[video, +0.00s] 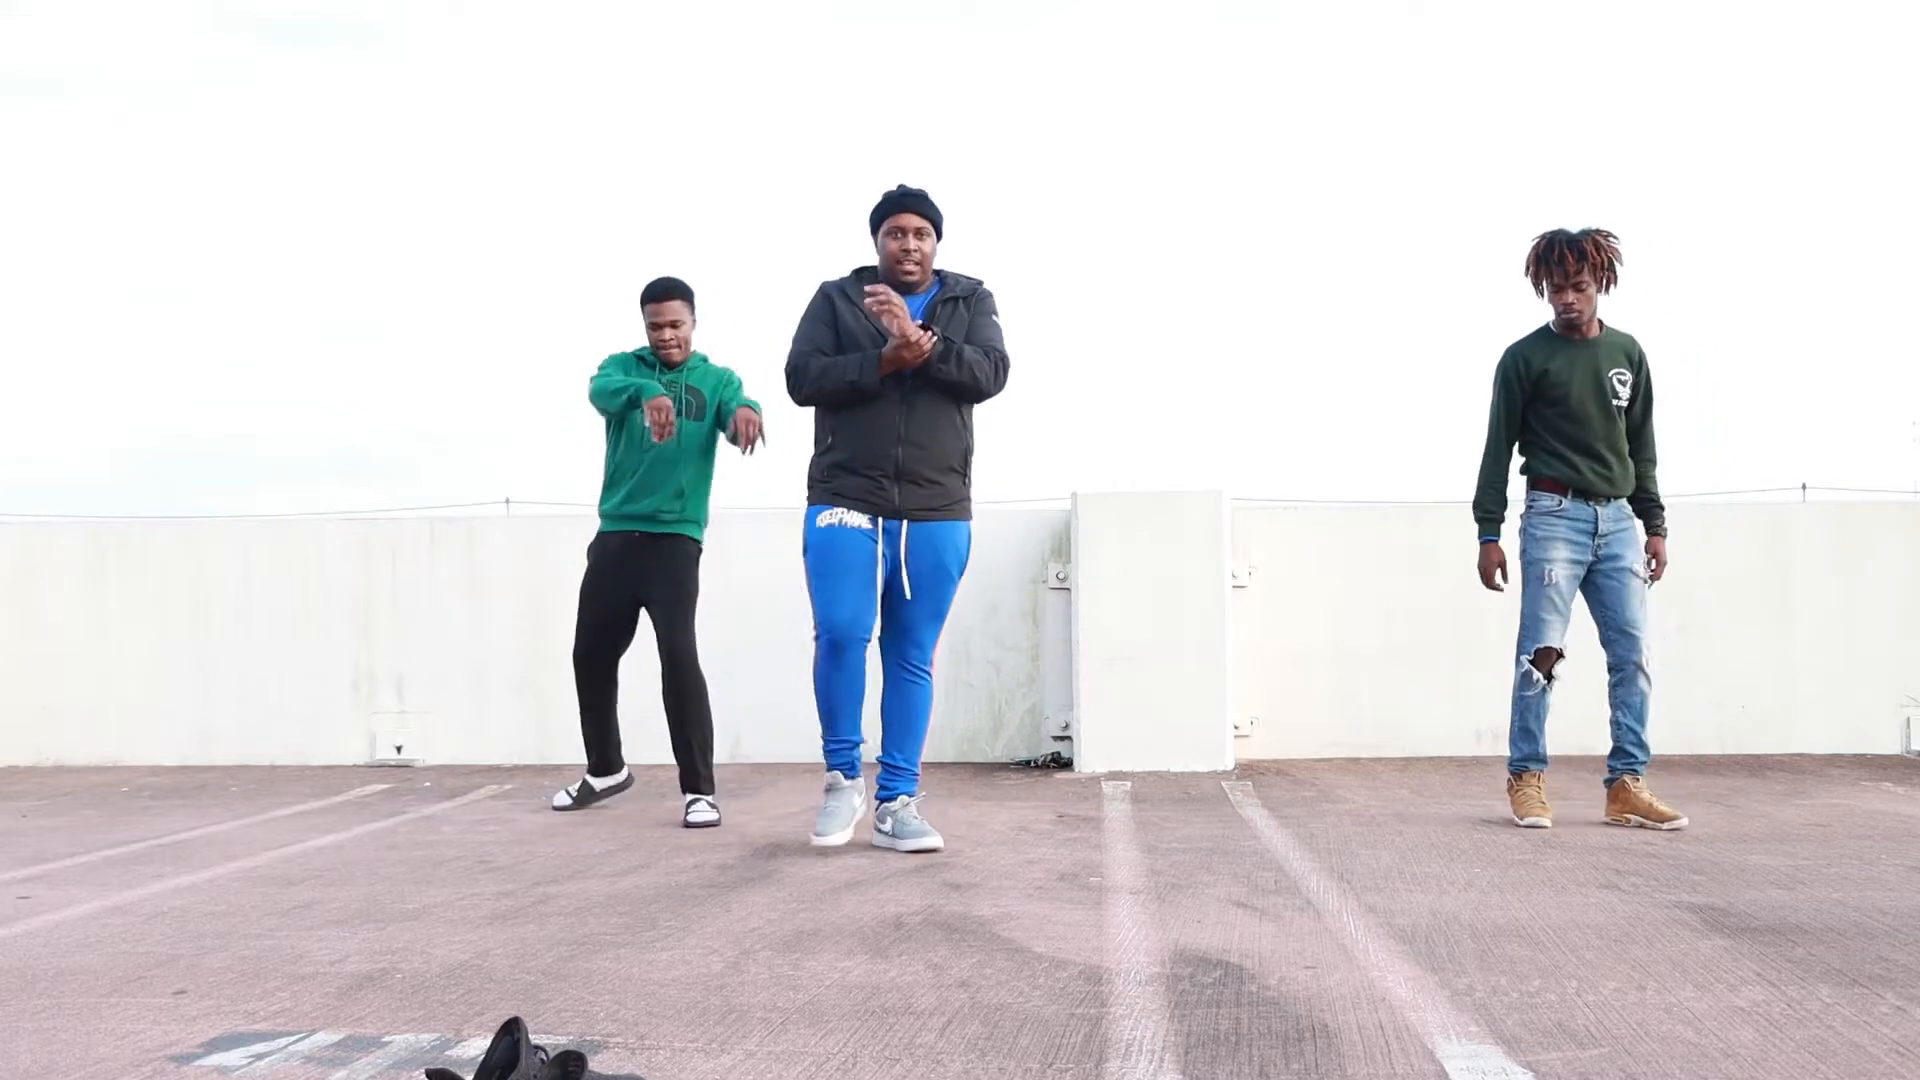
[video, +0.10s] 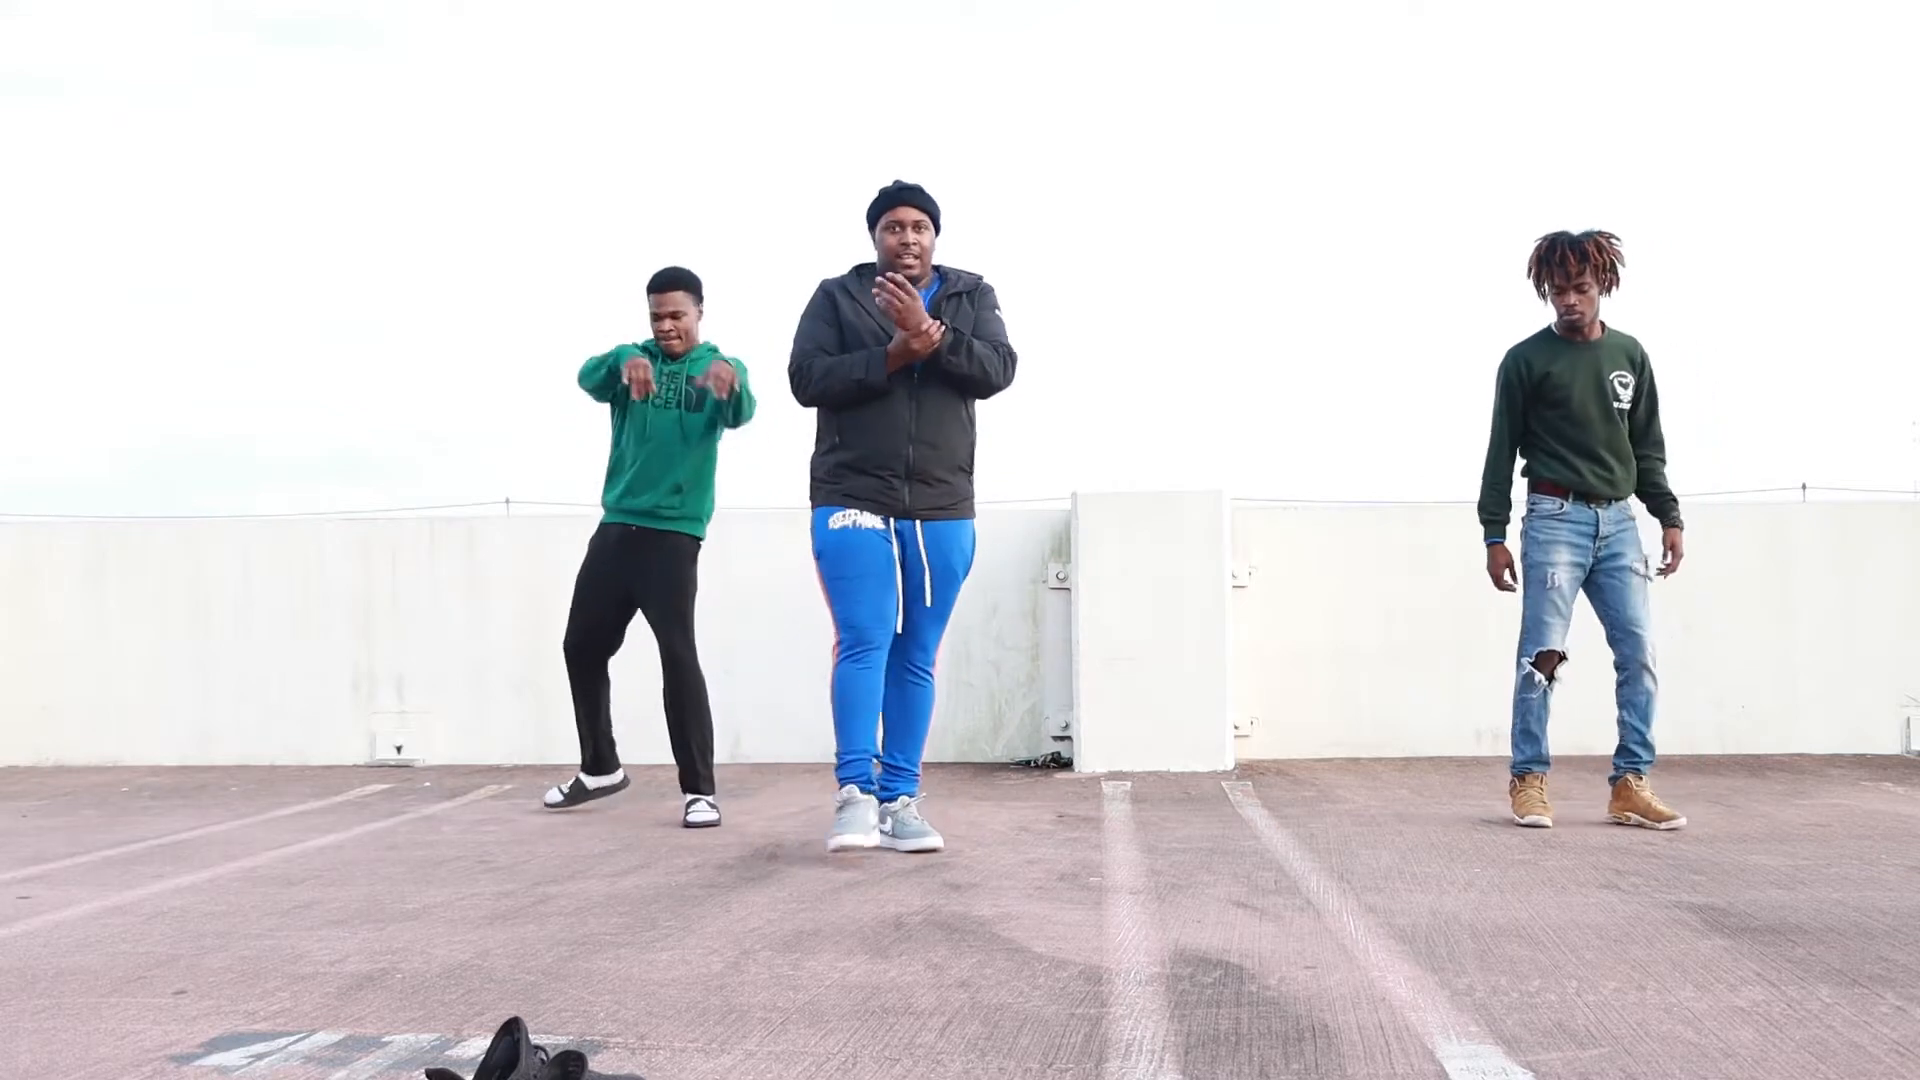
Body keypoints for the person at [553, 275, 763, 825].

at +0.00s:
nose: (667, 335)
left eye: (676, 324)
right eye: (657, 326)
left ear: (694, 323)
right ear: (645, 327)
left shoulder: (715, 377)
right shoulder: (623, 367)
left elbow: (731, 407)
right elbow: (601, 390)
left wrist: (744, 410)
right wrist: (647, 394)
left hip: (674, 541)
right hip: (615, 538)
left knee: (678, 658)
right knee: (591, 656)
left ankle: (698, 791)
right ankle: (606, 772)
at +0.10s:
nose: (667, 325)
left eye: (677, 314)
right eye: (659, 316)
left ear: (700, 313)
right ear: (649, 318)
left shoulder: (719, 368)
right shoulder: (634, 359)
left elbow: (738, 416)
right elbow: (590, 381)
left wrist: (729, 383)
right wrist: (625, 359)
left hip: (673, 536)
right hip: (617, 530)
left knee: (677, 655)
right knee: (582, 647)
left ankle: (698, 791)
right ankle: (601, 770)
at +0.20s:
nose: (662, 312)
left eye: (674, 303)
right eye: (655, 303)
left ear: (699, 308)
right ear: (647, 308)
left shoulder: (722, 360)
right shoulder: (632, 357)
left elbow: (713, 395)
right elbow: (586, 379)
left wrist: (684, 336)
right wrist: (587, 335)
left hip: (673, 532)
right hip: (617, 525)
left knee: (679, 656)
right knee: (577, 643)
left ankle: (699, 791)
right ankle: (579, 776)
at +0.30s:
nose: (648, 319)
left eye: (659, 308)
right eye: (643, 310)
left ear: (691, 304)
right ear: (640, 311)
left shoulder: (715, 356)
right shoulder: (632, 359)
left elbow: (687, 389)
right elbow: (577, 388)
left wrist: (625, 327)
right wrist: (553, 332)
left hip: (668, 535)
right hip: (613, 529)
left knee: (676, 659)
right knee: (574, 647)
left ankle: (700, 792)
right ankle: (552, 780)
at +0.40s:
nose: (633, 321)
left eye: (644, 310)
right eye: (628, 311)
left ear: (676, 308)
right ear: (624, 312)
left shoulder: (700, 355)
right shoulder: (623, 368)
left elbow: (664, 393)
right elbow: (567, 407)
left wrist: (574, 361)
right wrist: (522, 369)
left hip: (661, 538)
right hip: (606, 534)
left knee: (672, 661)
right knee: (567, 655)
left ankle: (699, 792)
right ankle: (528, 786)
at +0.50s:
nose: (614, 329)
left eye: (625, 318)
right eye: (608, 318)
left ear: (655, 313)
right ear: (604, 318)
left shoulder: (680, 359)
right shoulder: (604, 376)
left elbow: (644, 408)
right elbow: (558, 428)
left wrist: (555, 421)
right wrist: (505, 409)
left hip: (649, 544)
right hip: (591, 541)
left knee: (663, 666)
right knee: (551, 661)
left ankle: (698, 793)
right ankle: (521, 796)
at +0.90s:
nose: (567, 318)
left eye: (578, 309)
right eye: (558, 308)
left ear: (593, 315)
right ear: (542, 314)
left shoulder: (615, 364)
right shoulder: (522, 375)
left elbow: (625, 386)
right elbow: (479, 406)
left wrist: (580, 360)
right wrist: (473, 374)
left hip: (603, 546)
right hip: (532, 546)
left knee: (638, 666)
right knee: (504, 672)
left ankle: (672, 790)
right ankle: (515, 802)